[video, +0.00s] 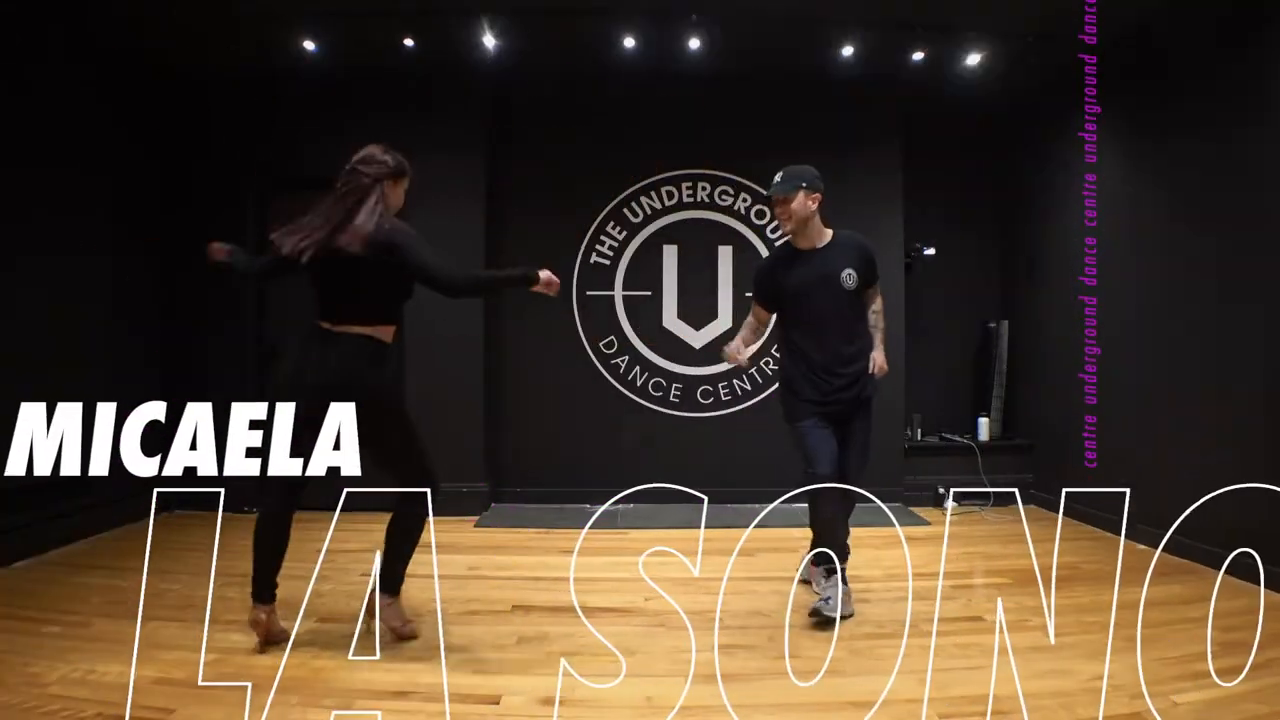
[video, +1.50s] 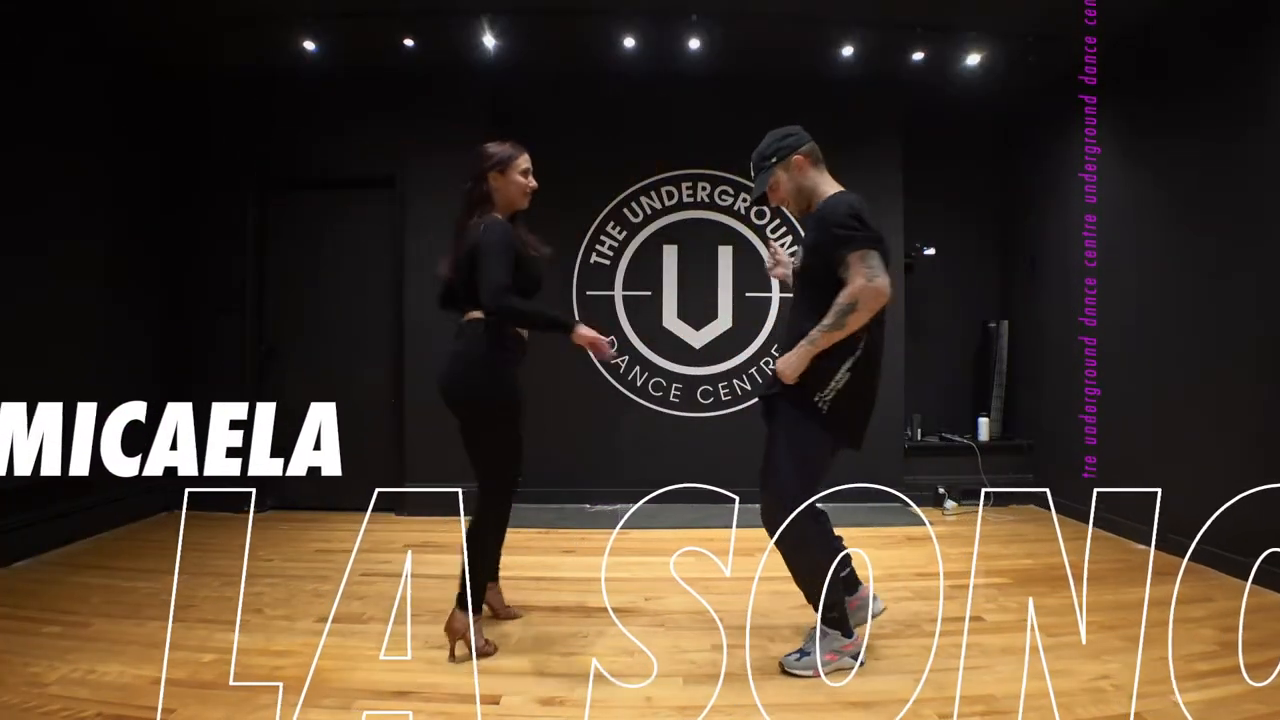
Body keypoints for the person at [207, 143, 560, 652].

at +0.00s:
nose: (404, 197)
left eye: (404, 188)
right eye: (402, 188)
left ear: (354, 184)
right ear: (386, 188)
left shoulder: (320, 231)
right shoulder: (394, 236)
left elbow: (263, 268)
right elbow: (451, 283)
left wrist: (231, 255)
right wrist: (528, 277)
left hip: (316, 364)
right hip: (371, 370)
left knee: (282, 484)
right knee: (417, 487)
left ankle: (262, 605)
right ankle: (387, 596)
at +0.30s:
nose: (423, 184)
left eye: (422, 175)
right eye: (415, 174)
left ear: (392, 180)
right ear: (386, 177)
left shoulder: (393, 235)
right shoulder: (369, 225)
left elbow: (424, 307)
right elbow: (326, 269)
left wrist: (492, 312)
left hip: (390, 362)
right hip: (375, 362)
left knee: (406, 474)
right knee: (422, 470)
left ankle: (380, 577)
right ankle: (384, 590)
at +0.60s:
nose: (429, 156)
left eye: (436, 149)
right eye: (417, 149)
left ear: (447, 164)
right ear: (398, 165)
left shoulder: (463, 225)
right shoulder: (377, 228)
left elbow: (440, 269)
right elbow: (356, 298)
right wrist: (328, 355)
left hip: (436, 356)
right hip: (381, 358)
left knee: (432, 495)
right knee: (384, 499)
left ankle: (442, 633)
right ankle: (415, 588)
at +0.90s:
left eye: (424, 161)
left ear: (413, 173)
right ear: (468, 175)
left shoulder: (392, 223)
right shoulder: (477, 223)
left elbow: (366, 312)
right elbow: (536, 284)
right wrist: (488, 319)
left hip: (409, 354)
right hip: (464, 354)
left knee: (423, 496)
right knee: (426, 485)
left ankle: (439, 638)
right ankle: (442, 617)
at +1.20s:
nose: (508, 182)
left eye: (507, 172)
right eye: (501, 172)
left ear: (465, 176)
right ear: (473, 174)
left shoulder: (424, 227)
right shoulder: (492, 227)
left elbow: (378, 299)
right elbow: (532, 299)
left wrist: (386, 369)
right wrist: (539, 260)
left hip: (430, 364)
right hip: (484, 364)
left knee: (444, 498)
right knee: (493, 500)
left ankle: (418, 623)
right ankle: (470, 624)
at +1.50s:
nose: (533, 183)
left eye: (532, 174)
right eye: (524, 174)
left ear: (502, 184)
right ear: (495, 180)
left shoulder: (483, 229)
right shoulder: (496, 230)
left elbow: (449, 298)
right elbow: (500, 301)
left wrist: (500, 314)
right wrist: (570, 327)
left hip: (475, 363)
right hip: (486, 365)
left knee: (499, 480)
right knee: (498, 485)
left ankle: (488, 582)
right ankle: (464, 611)